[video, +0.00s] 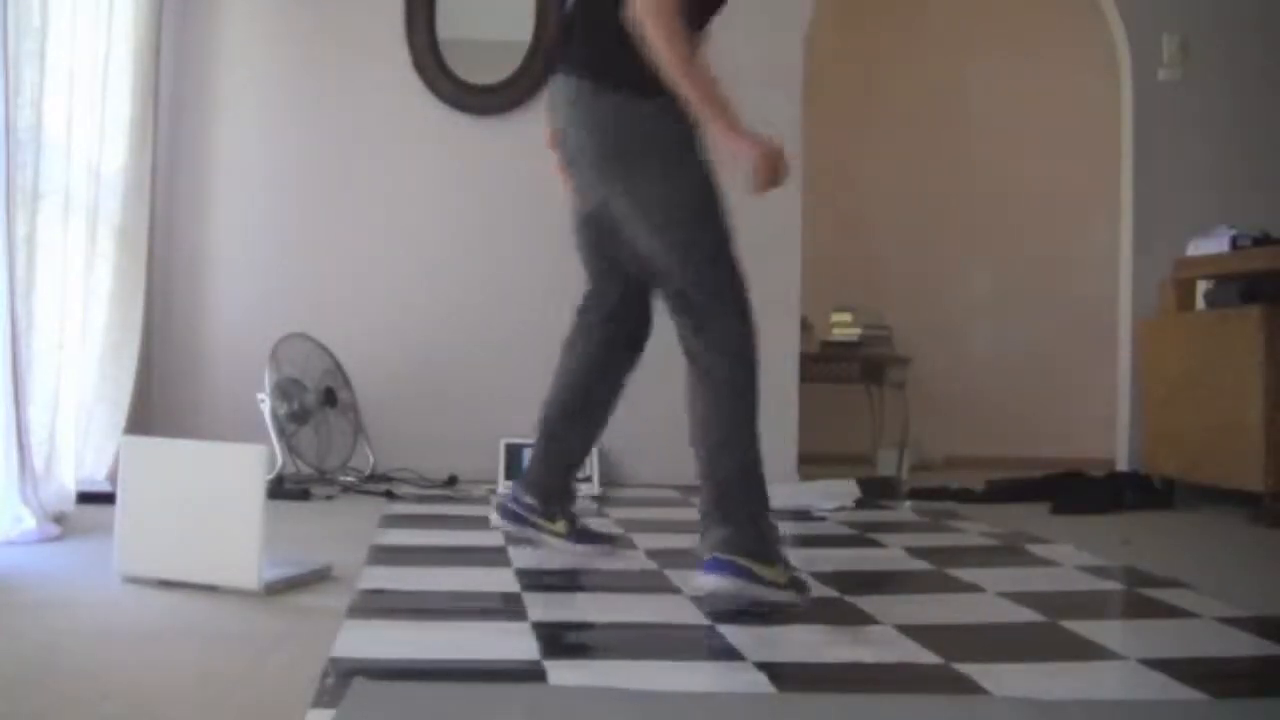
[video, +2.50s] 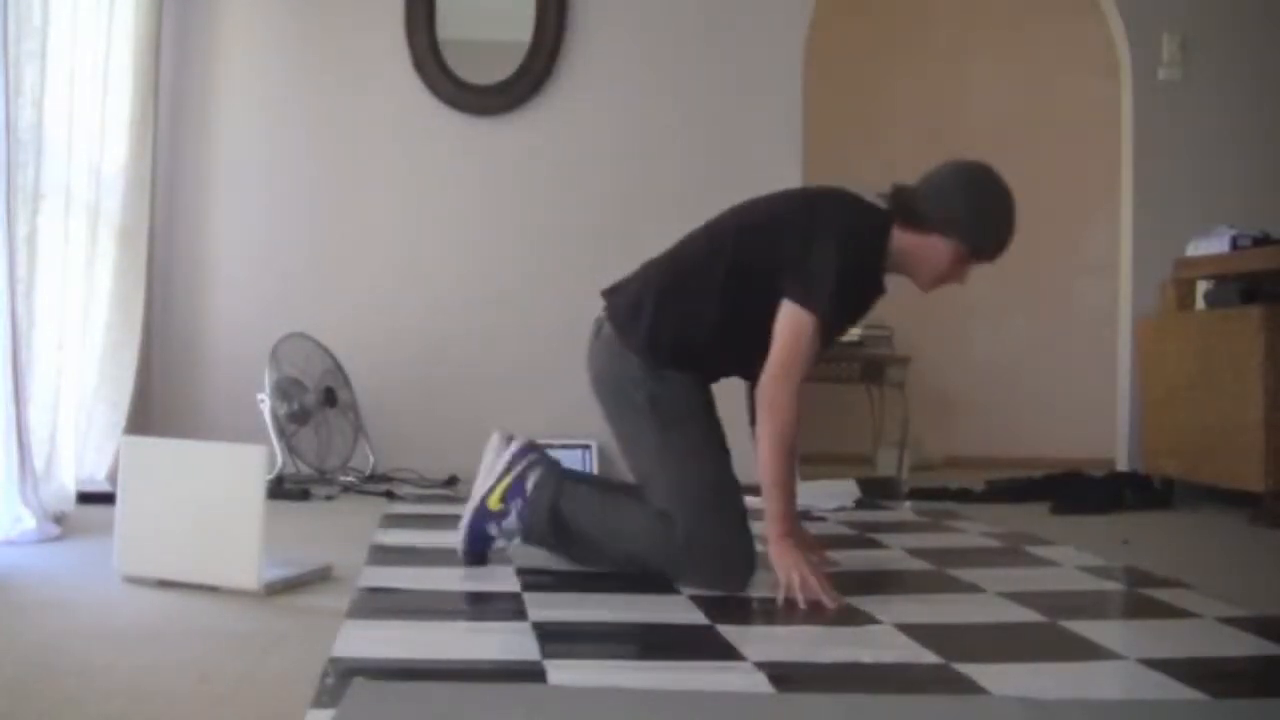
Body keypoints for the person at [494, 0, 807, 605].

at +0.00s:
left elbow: (573, 18)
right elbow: (649, 10)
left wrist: (565, 116)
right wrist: (730, 130)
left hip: (588, 94)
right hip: (631, 105)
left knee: (616, 310)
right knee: (718, 319)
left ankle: (539, 495)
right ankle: (739, 544)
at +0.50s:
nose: (746, 275)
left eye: (758, 269)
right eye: (752, 261)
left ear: (731, 223)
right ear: (733, 230)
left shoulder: (691, 237)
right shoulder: (647, 217)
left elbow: (687, 365)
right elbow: (627, 378)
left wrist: (716, 496)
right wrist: (649, 518)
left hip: (535, 200)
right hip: (471, 186)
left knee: (606, 367)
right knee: (567, 347)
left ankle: (533, 500)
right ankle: (465, 500)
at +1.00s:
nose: (730, 250)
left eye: (736, 236)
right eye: (727, 233)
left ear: (691, 213)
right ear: (695, 215)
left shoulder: (665, 262)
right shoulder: (601, 246)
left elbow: (651, 379)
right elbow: (575, 402)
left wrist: (691, 507)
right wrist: (640, 528)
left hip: (568, 379)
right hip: (498, 393)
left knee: (718, 396)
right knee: (669, 454)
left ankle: (567, 493)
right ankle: (492, 487)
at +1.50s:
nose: (743, 225)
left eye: (746, 210)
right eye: (736, 208)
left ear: (706, 203)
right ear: (701, 198)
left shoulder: (681, 262)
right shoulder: (614, 249)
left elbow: (707, 383)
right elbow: (648, 400)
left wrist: (767, 498)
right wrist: (715, 527)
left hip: (595, 401)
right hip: (520, 407)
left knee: (732, 433)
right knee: (668, 495)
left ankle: (572, 496)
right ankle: (503, 486)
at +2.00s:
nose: (895, 223)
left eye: (901, 208)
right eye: (894, 203)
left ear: (861, 191)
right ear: (858, 184)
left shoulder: (792, 248)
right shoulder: (760, 223)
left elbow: (757, 383)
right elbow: (703, 385)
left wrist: (781, 512)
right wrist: (723, 538)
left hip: (670, 390)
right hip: (600, 386)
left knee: (766, 540)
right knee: (695, 562)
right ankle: (539, 478)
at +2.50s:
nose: (961, 278)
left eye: (973, 267)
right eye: (969, 261)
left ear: (934, 227)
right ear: (944, 232)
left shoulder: (855, 252)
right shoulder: (840, 236)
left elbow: (778, 391)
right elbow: (777, 390)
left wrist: (783, 522)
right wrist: (781, 534)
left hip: (663, 359)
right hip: (640, 356)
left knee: (713, 542)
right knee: (717, 564)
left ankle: (541, 486)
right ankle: (531, 494)